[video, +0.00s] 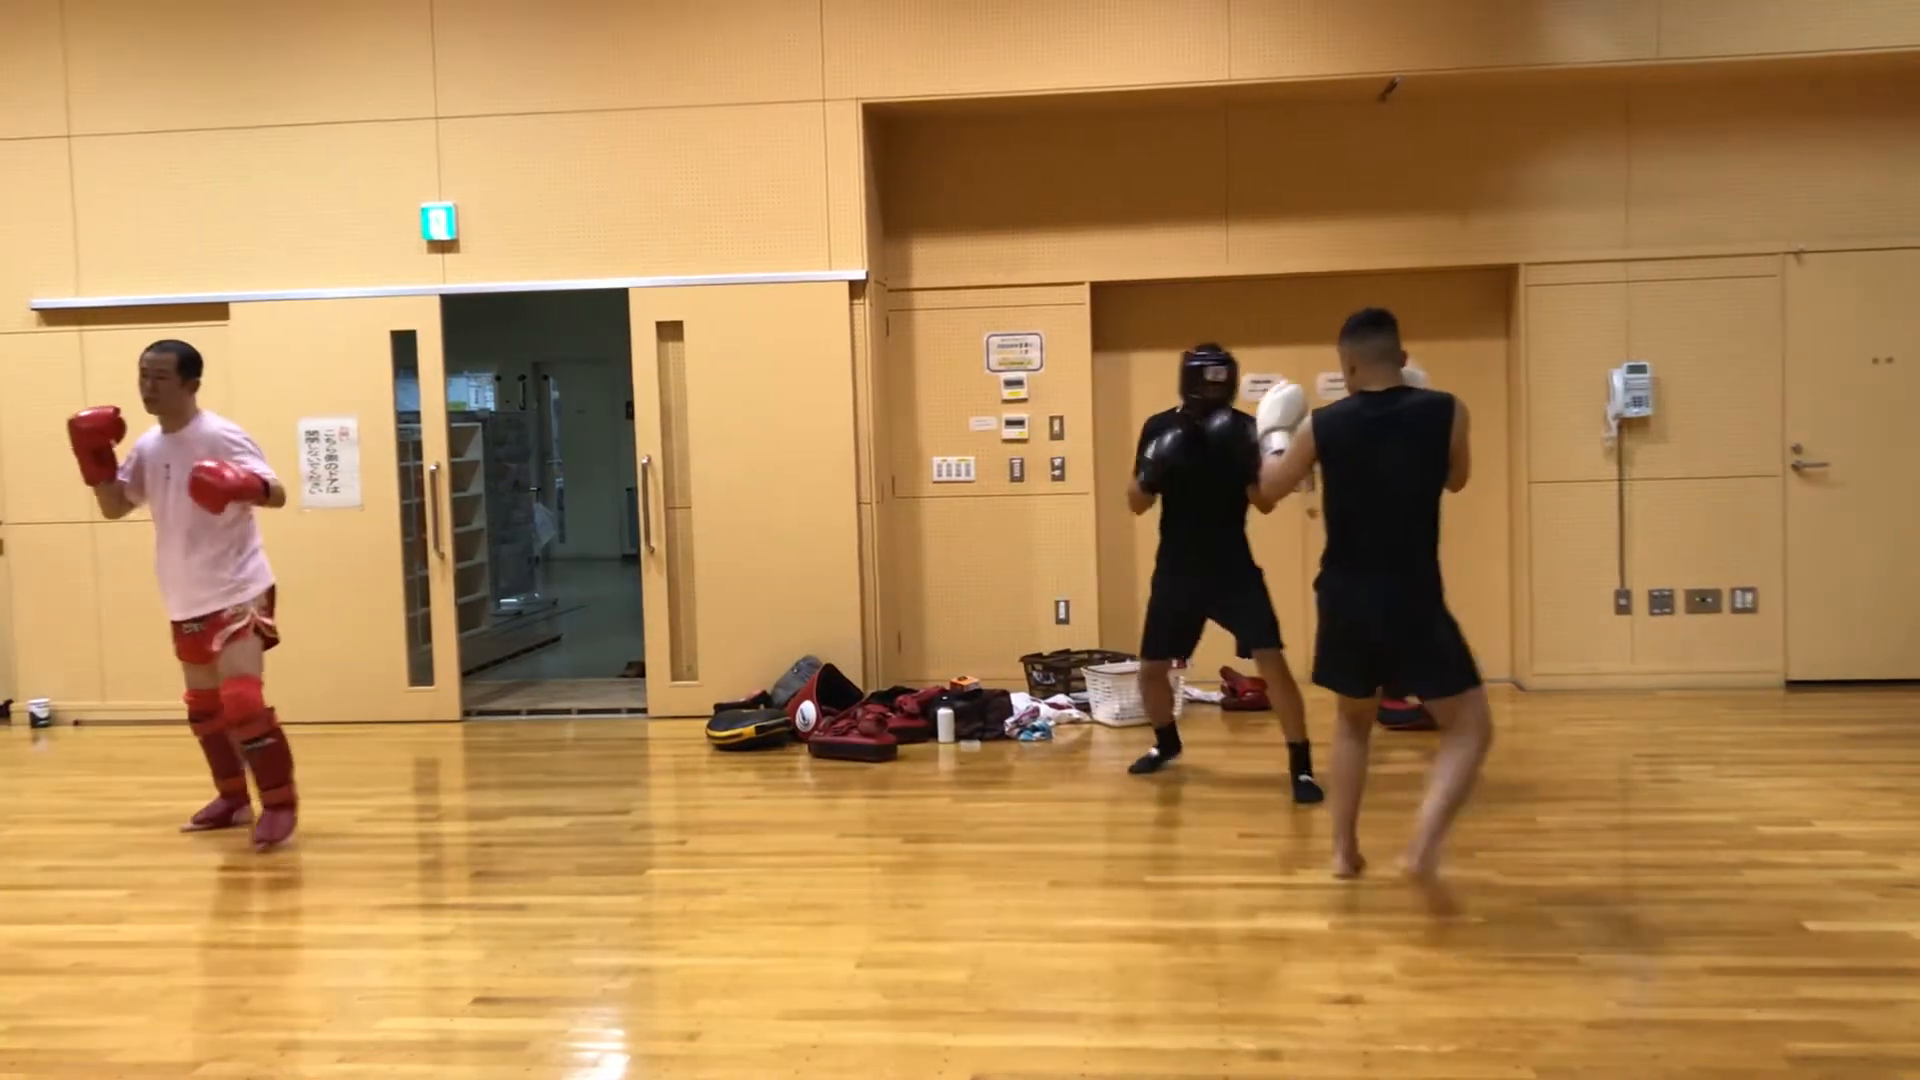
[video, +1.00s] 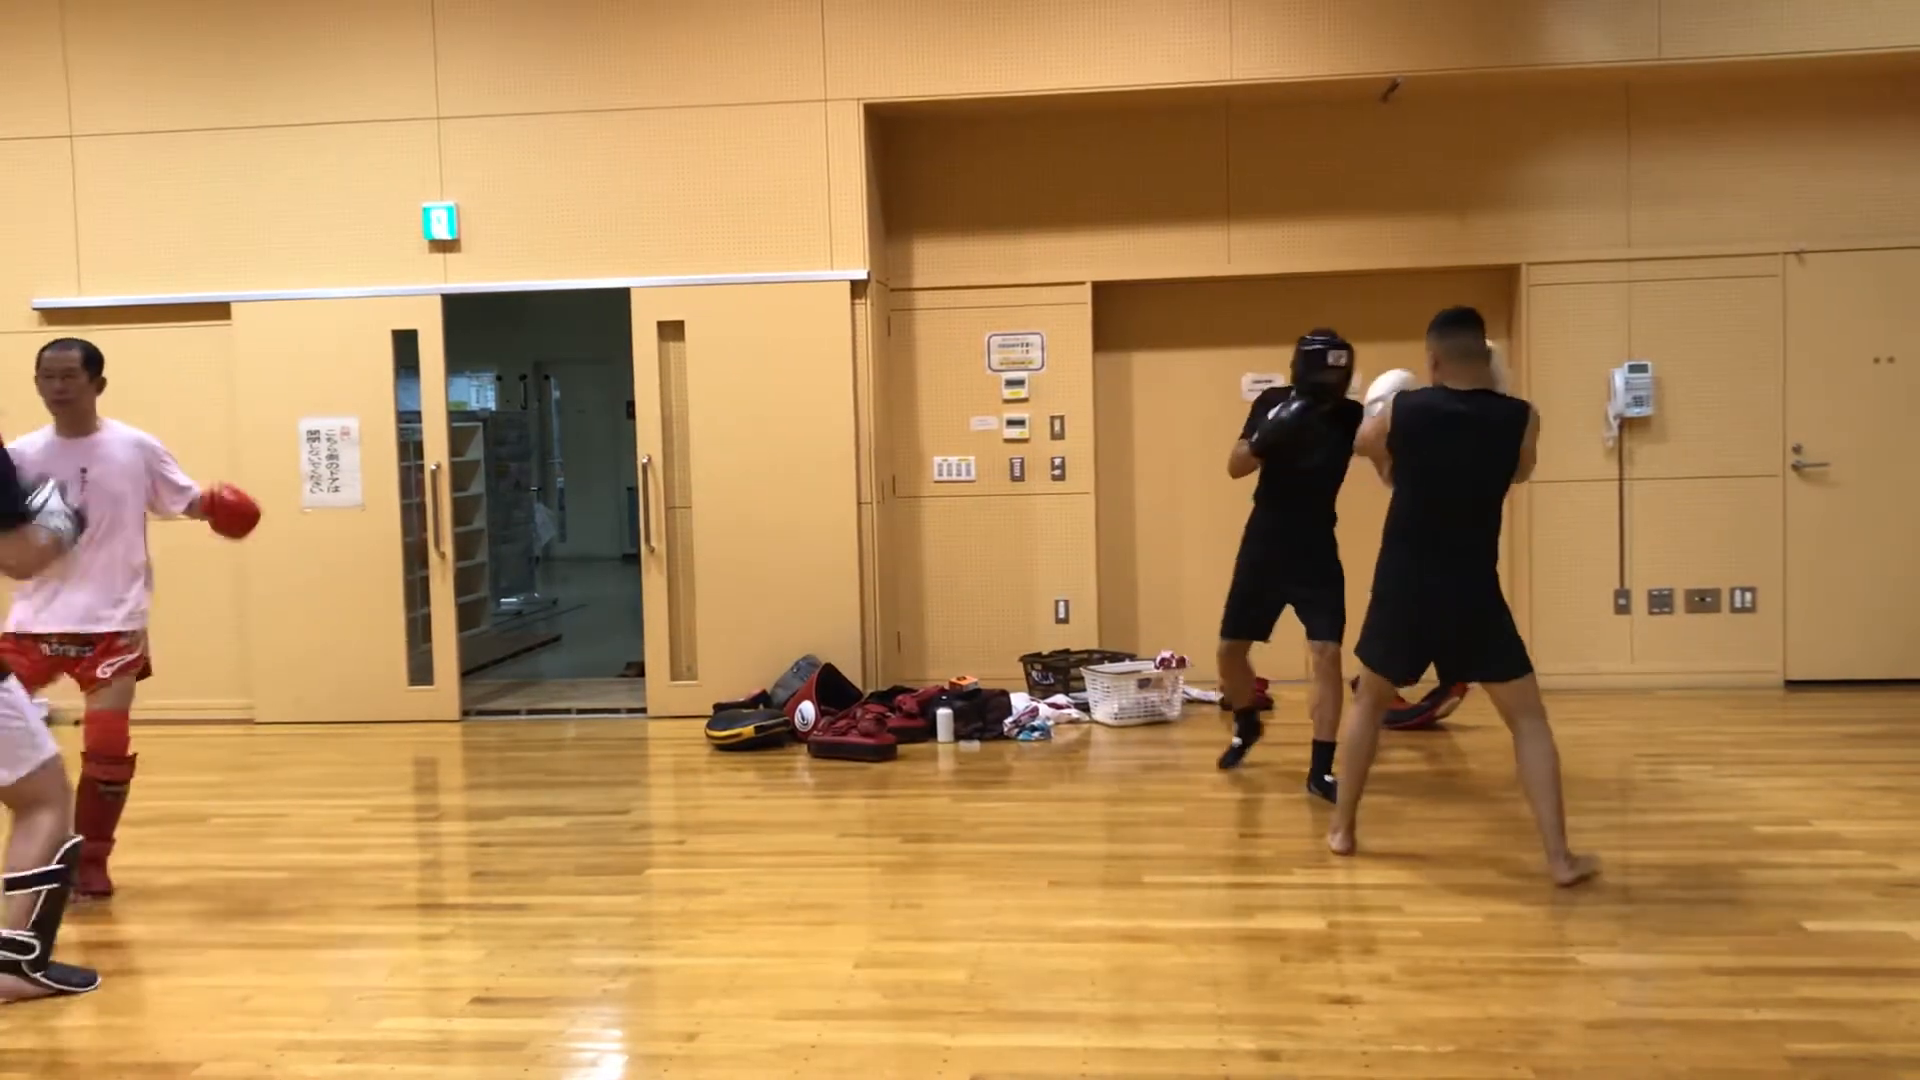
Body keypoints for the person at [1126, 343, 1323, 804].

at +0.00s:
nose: (1209, 394)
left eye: (1219, 383)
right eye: (1201, 383)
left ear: (1233, 385)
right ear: (1184, 383)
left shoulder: (1244, 429)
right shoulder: (1161, 428)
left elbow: (1266, 501)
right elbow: (1136, 503)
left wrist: (1245, 455)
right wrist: (1158, 463)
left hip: (1233, 565)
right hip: (1177, 567)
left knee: (1270, 660)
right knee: (1151, 666)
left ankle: (1301, 769)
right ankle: (1167, 744)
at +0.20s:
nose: (1265, 404)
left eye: (1273, 395)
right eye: (1256, 394)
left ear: (1279, 396)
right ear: (1231, 391)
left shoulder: (1275, 438)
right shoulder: (1192, 434)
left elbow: (1289, 512)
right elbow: (1152, 501)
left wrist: (1283, 457)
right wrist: (1191, 473)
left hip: (1244, 566)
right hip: (1191, 567)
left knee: (1288, 658)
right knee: (1168, 669)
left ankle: (1316, 771)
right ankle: (1146, 751)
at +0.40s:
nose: (1325, 416)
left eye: (1328, 408)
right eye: (1320, 406)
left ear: (1321, 415)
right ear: (1298, 403)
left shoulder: (1300, 456)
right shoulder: (1256, 429)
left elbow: (1288, 524)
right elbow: (1248, 454)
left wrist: (1320, 508)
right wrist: (1303, 429)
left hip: (1260, 569)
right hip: (1213, 567)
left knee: (1308, 657)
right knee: (1183, 670)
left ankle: (1318, 773)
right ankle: (1145, 743)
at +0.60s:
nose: (1333, 395)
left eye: (1343, 388)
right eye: (1329, 383)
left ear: (1354, 398)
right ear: (1315, 384)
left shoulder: (1345, 448)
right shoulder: (1282, 411)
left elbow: (1345, 528)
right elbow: (1252, 442)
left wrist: (1370, 485)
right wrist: (1301, 415)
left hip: (1282, 560)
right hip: (1230, 554)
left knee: (1321, 659)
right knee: (1184, 658)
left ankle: (1315, 774)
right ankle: (1139, 742)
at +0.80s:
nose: (1339, 393)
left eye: (1349, 386)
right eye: (1334, 382)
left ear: (1362, 391)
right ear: (1321, 379)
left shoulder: (1356, 431)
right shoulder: (1289, 411)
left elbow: (1397, 444)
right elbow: (1228, 452)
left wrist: (1400, 399)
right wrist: (1265, 421)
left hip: (1299, 561)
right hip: (1243, 553)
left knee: (1322, 658)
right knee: (1197, 647)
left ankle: (1316, 773)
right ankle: (1165, 741)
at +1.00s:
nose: (1332, 383)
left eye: (1340, 374)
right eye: (1322, 373)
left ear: (1348, 374)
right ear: (1300, 370)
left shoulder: (1352, 417)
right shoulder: (1274, 403)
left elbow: (1389, 468)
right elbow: (1236, 467)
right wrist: (1272, 431)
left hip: (1316, 543)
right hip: (1266, 540)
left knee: (1327, 654)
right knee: (1230, 651)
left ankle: (1321, 771)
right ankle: (1246, 725)